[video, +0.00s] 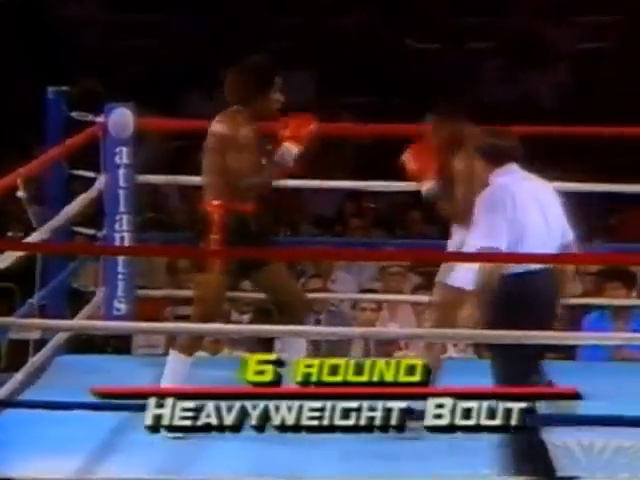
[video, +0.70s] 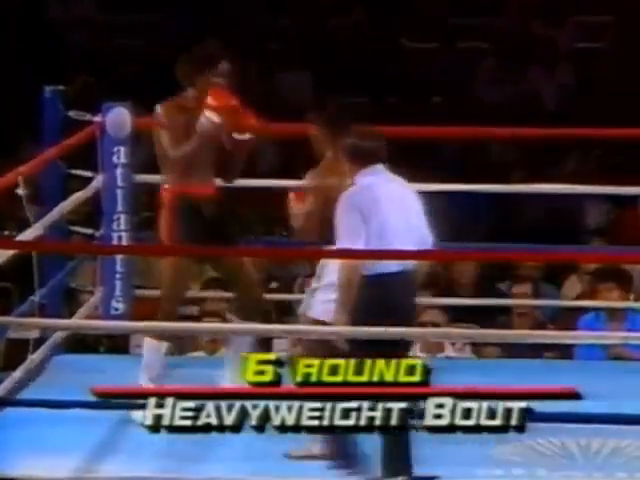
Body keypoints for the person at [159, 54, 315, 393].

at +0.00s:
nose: (281, 98)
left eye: (280, 90)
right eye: (274, 91)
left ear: (253, 94)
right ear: (255, 94)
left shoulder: (244, 126)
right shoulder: (232, 126)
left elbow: (250, 177)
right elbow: (244, 181)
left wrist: (280, 152)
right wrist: (283, 159)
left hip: (244, 224)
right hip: (222, 223)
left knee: (294, 303)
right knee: (206, 311)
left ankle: (289, 387)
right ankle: (168, 390)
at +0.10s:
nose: (276, 102)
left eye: (275, 94)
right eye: (270, 95)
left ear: (254, 99)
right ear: (250, 97)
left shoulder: (253, 132)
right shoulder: (223, 133)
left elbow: (254, 179)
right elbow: (227, 188)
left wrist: (285, 172)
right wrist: (275, 179)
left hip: (254, 232)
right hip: (222, 233)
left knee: (301, 307)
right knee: (200, 317)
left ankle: (295, 392)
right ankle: (165, 394)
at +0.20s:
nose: (290, 112)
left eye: (289, 104)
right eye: (285, 104)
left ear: (272, 108)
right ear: (269, 106)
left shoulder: (279, 139)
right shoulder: (226, 136)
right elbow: (229, 191)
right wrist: (271, 165)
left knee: (298, 304)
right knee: (198, 306)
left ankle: (296, 389)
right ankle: (165, 388)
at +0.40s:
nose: (278, 128)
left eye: (282, 121)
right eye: (273, 119)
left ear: (286, 123)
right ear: (258, 117)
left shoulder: (266, 151)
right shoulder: (231, 148)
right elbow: (209, 209)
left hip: (250, 231)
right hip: (218, 231)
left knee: (288, 310)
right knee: (212, 320)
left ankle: (290, 386)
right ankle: (160, 382)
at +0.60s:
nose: (231, 106)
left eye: (222, 105)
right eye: (224, 102)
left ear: (223, 104)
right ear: (207, 100)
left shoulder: (231, 130)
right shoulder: (178, 132)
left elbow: (277, 155)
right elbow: (194, 179)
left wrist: (255, 139)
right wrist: (221, 149)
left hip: (226, 217)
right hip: (191, 219)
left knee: (262, 299)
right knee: (183, 308)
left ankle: (277, 376)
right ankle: (152, 388)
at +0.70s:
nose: (222, 83)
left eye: (224, 77)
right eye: (216, 76)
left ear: (222, 79)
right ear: (196, 77)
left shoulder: (220, 109)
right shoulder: (168, 111)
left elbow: (232, 168)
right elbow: (173, 160)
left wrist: (240, 137)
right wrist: (205, 128)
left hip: (213, 202)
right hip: (180, 202)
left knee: (248, 285)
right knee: (174, 288)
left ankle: (234, 372)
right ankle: (149, 376)